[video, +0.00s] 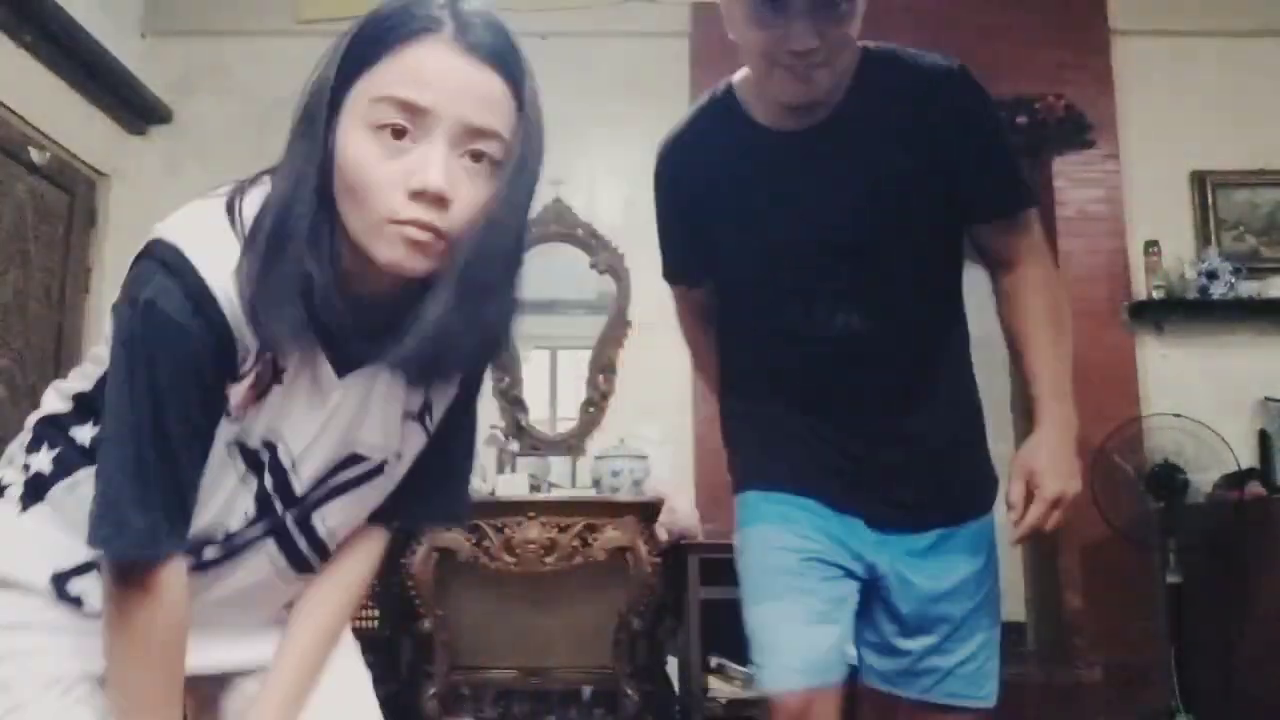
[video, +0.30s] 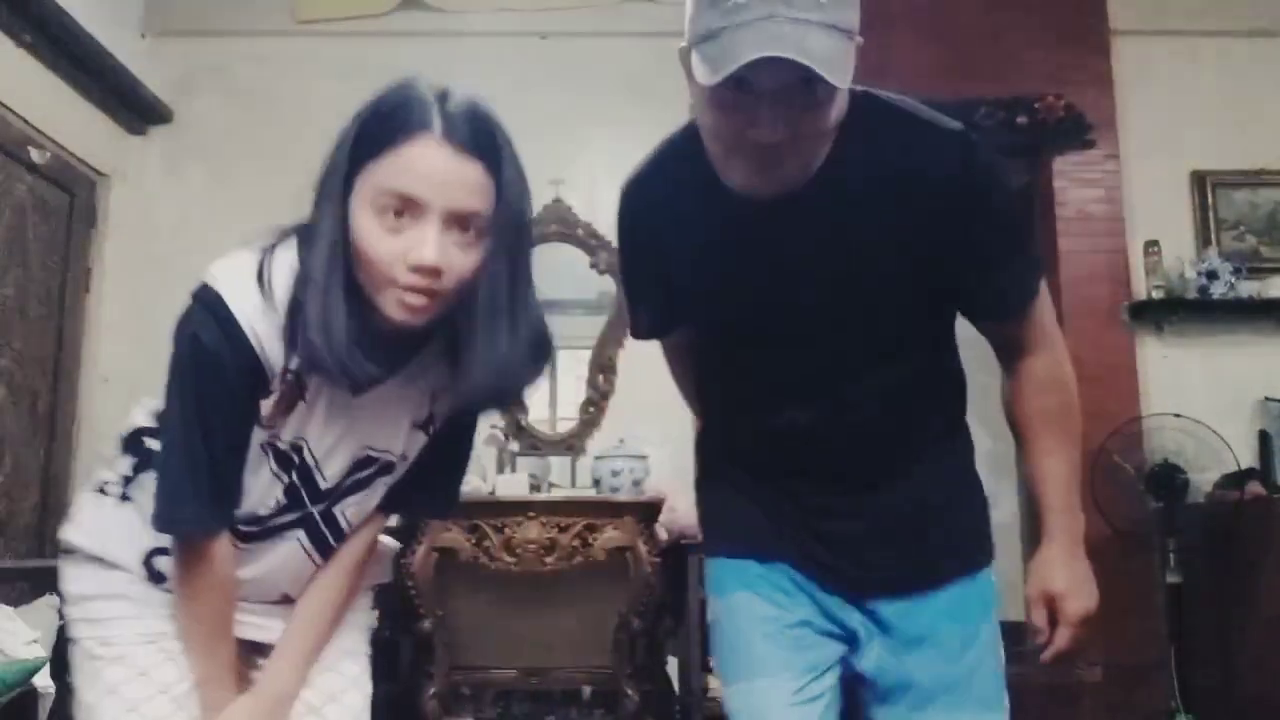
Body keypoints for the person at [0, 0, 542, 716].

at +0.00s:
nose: (434, 183)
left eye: (479, 156)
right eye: (397, 131)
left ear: (509, 187)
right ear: (327, 129)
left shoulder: (459, 309)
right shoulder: (192, 280)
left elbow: (371, 528)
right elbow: (146, 572)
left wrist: (272, 707)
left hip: (276, 608)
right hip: (69, 597)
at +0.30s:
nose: (429, 258)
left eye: (465, 229)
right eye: (398, 212)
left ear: (492, 246)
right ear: (343, 203)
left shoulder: (465, 355)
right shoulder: (238, 311)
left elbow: (362, 530)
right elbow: (202, 540)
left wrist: (274, 695)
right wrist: (224, 702)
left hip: (314, 589)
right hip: (144, 573)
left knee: (336, 712)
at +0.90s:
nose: (381, 211)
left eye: (406, 196)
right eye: (362, 186)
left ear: (427, 215)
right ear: (328, 193)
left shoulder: (458, 315)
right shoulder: (279, 299)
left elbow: (447, 472)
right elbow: (269, 454)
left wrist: (394, 614)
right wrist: (263, 598)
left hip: (413, 562)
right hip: (300, 556)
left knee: (361, 703)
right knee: (281, 695)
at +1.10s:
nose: (425, 184)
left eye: (447, 174)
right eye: (411, 163)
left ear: (469, 195)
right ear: (381, 174)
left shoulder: (492, 295)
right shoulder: (336, 294)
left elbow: (494, 430)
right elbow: (321, 424)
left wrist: (461, 547)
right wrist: (310, 527)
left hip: (457, 546)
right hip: (358, 545)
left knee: (413, 707)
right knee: (340, 706)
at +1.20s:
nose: (458, 195)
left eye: (479, 186)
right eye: (445, 178)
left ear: (498, 204)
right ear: (418, 187)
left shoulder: (506, 303)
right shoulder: (383, 304)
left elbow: (518, 421)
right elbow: (365, 423)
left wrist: (517, 514)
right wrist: (340, 520)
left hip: (470, 509)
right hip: (389, 508)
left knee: (467, 663)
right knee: (375, 665)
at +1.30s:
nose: (490, 214)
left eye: (507, 205)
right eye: (482, 197)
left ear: (526, 221)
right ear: (459, 202)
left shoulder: (529, 313)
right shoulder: (427, 302)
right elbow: (415, 416)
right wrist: (377, 510)